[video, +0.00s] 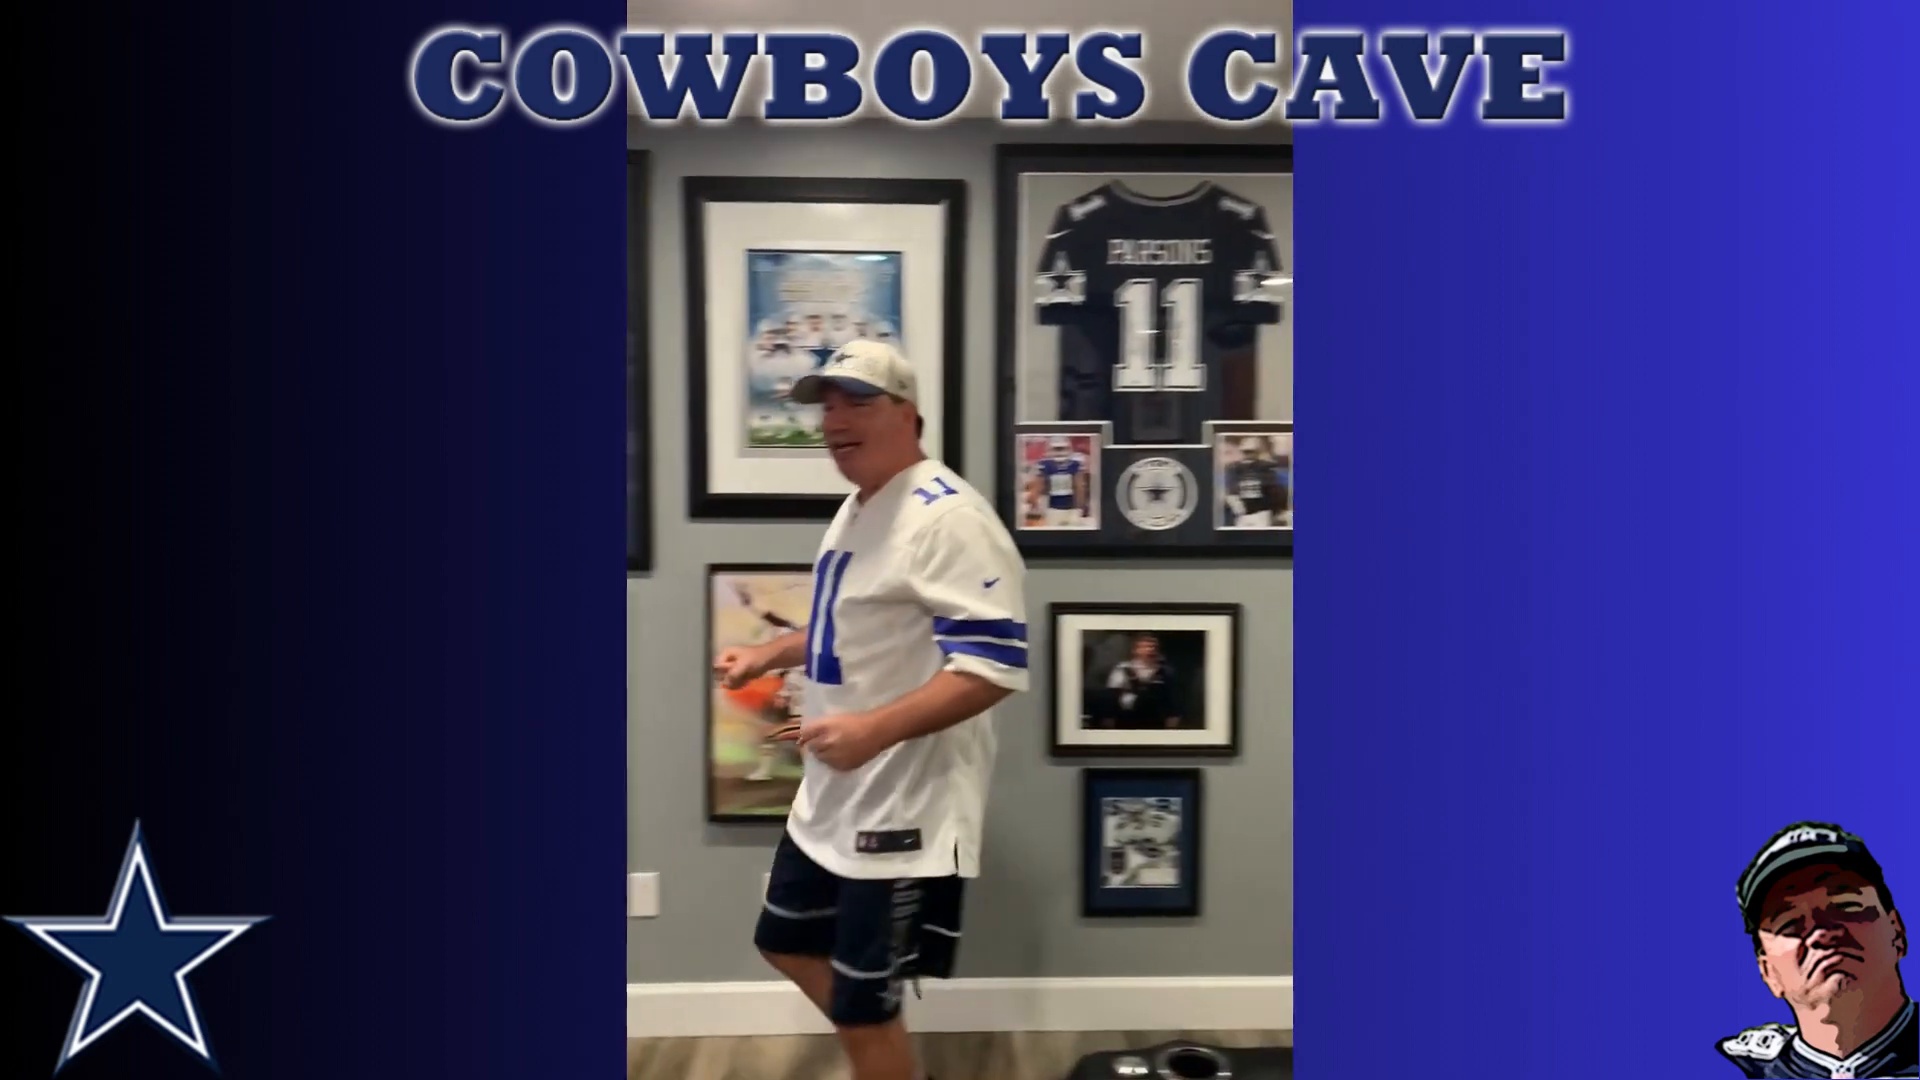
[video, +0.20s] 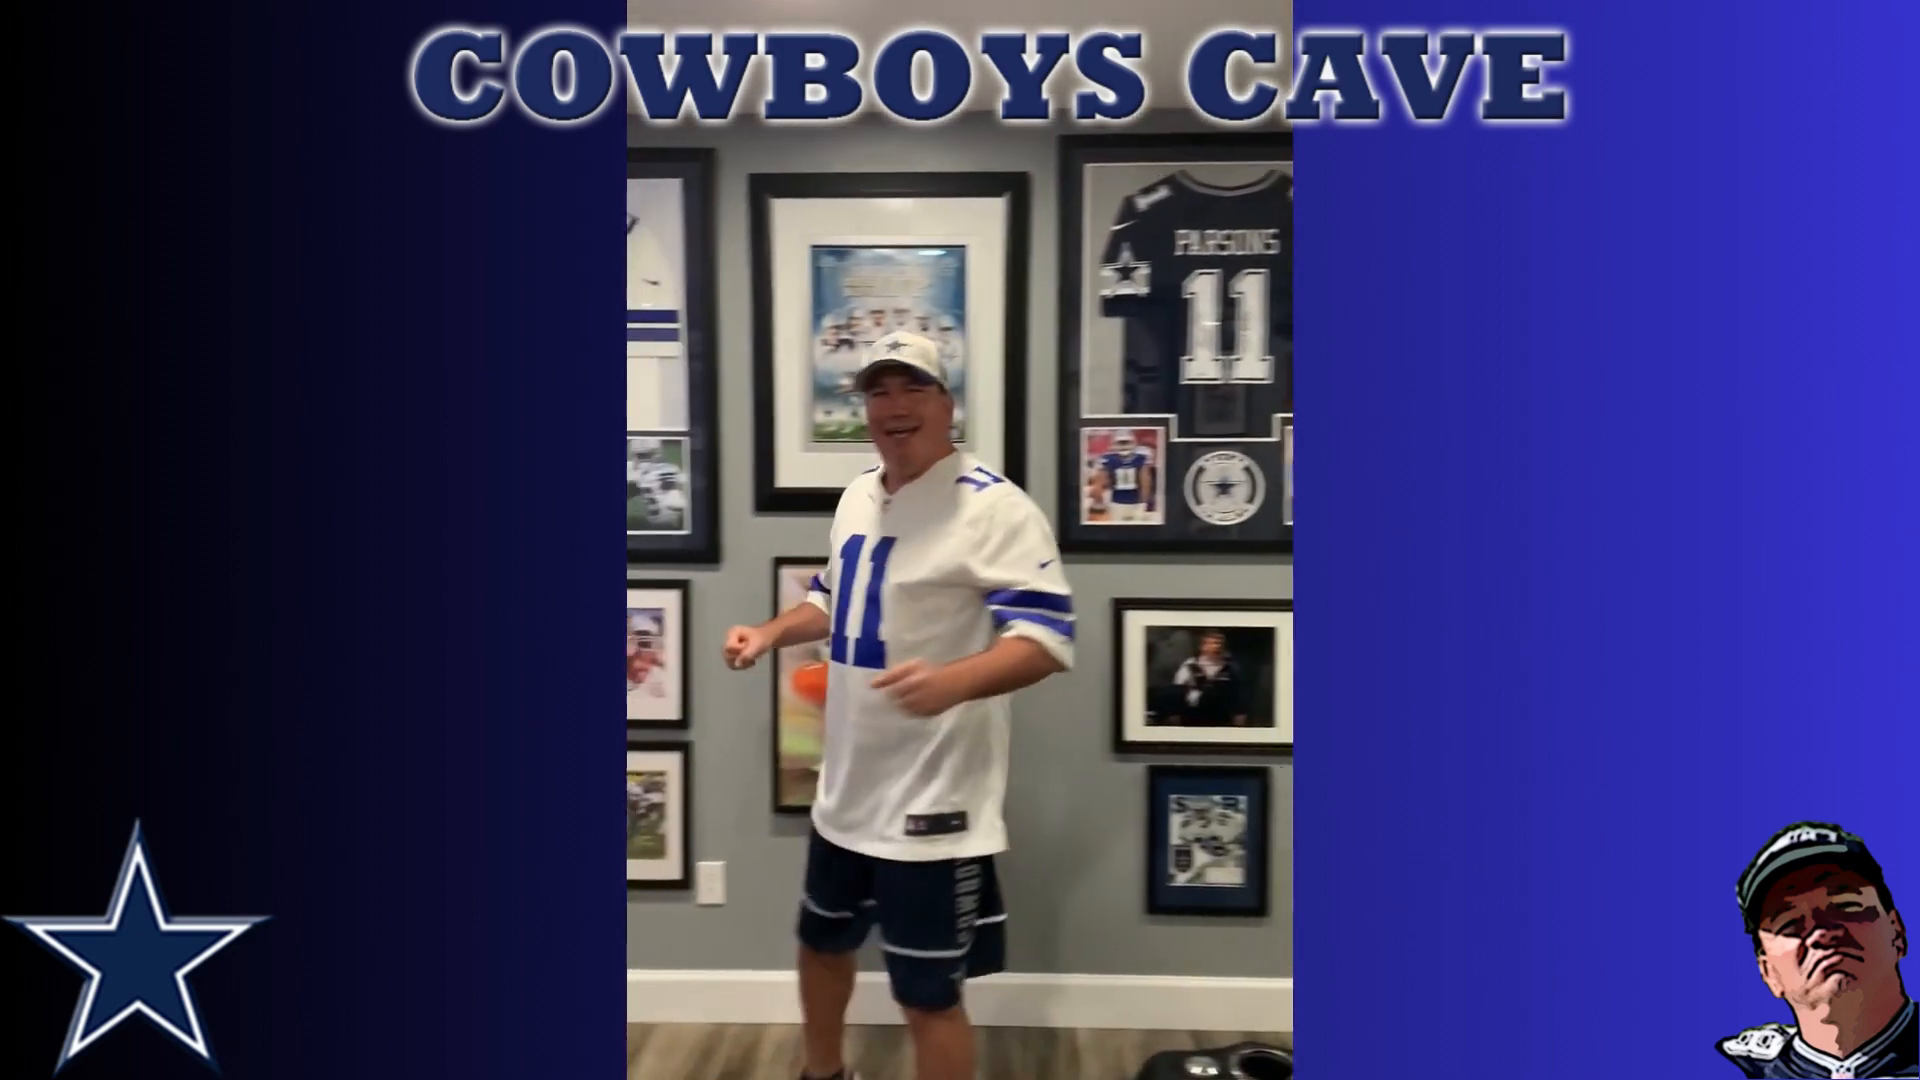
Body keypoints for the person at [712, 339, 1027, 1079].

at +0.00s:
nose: (834, 421)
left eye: (855, 404)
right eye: (826, 405)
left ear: (907, 414)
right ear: (819, 415)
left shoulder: (953, 520)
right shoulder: (858, 510)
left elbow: (991, 667)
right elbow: (855, 630)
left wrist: (873, 728)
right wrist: (774, 652)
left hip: (905, 812)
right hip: (830, 793)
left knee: (867, 1009)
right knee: (789, 942)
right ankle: (886, 1059)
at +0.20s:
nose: (894, 408)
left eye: (913, 390)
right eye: (878, 394)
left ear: (950, 405)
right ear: (864, 409)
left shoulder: (996, 509)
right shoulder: (860, 497)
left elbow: (1049, 639)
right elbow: (837, 602)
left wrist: (954, 680)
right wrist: (770, 632)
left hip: (936, 801)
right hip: (848, 790)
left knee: (929, 995)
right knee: (822, 946)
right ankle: (822, 1070)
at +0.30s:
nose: (917, 407)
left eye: (933, 390)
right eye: (900, 392)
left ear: (959, 405)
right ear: (877, 411)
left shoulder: (1009, 505)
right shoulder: (850, 498)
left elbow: (1079, 622)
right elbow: (817, 590)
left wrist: (1026, 650)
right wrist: (757, 624)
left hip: (957, 794)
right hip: (862, 786)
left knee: (956, 988)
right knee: (859, 950)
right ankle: (853, 1071)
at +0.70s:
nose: (955, 391)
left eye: (962, 375)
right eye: (932, 378)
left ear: (976, 388)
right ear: (896, 399)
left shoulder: (1030, 482)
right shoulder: (852, 492)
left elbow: (1089, 552)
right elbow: (799, 573)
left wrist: (1119, 578)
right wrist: (782, 597)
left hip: (1004, 746)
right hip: (893, 748)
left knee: (1028, 916)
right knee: (890, 907)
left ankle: (1049, 1071)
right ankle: (895, 1059)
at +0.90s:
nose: (951, 385)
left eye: (963, 377)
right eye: (936, 377)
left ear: (982, 398)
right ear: (908, 397)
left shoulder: (1030, 481)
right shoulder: (866, 486)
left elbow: (1096, 571)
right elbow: (816, 581)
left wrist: (1162, 592)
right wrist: (769, 599)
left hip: (1016, 740)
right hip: (907, 744)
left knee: (1034, 908)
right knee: (896, 907)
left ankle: (1049, 1067)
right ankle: (896, 1059)